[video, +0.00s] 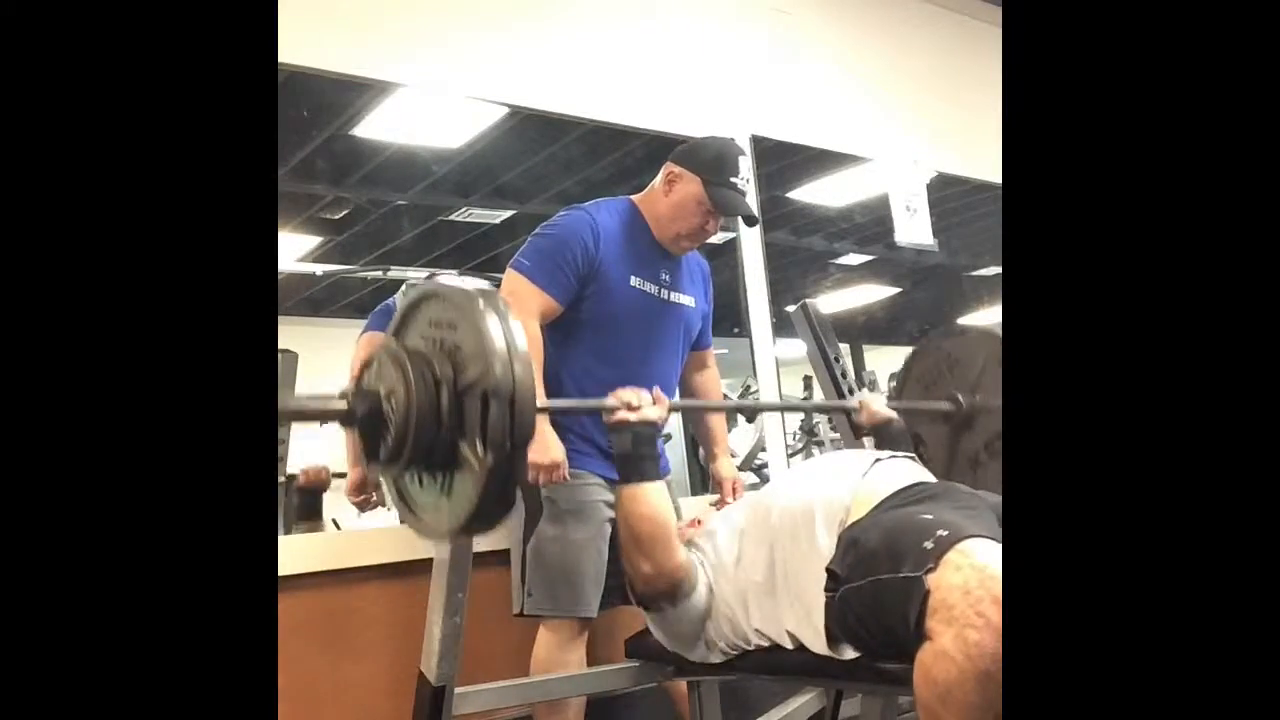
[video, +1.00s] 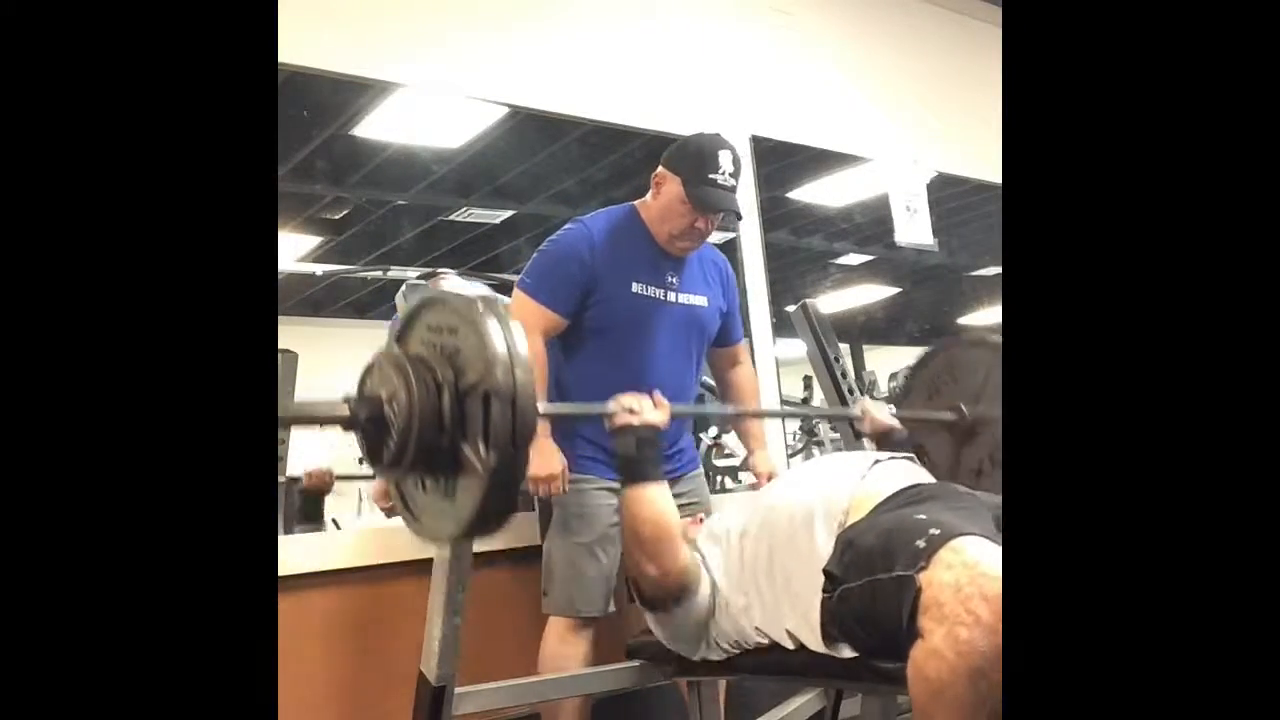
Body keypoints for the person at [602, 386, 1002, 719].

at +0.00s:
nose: (688, 519)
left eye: (687, 511)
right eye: (674, 526)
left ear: (706, 505)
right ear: (665, 554)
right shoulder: (689, 602)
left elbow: (898, 489)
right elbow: (655, 570)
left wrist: (887, 433)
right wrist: (636, 440)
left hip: (944, 494)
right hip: (866, 532)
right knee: (983, 592)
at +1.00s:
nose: (683, 512)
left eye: (679, 507)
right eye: (664, 519)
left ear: (693, 509)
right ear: (644, 579)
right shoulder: (692, 606)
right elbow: (658, 566)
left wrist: (891, 441)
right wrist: (637, 442)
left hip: (944, 496)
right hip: (861, 537)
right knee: (979, 590)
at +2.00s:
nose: (680, 506)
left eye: (676, 502)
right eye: (664, 517)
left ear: (693, 504)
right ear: (652, 559)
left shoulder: (761, 500)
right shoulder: (693, 609)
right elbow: (658, 578)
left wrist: (890, 440)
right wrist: (636, 456)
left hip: (951, 490)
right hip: (870, 530)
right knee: (976, 596)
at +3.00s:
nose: (677, 509)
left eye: (674, 506)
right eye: (662, 519)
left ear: (688, 511)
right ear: (657, 549)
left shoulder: (761, 504)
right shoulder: (692, 608)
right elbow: (655, 574)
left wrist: (886, 444)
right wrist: (633, 451)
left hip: (941, 493)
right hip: (862, 533)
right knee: (977, 598)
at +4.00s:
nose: (680, 510)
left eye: (679, 506)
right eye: (665, 517)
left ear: (692, 511)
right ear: (662, 543)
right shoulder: (691, 602)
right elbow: (653, 586)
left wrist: (884, 447)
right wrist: (637, 462)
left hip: (956, 496)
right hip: (871, 526)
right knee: (977, 604)